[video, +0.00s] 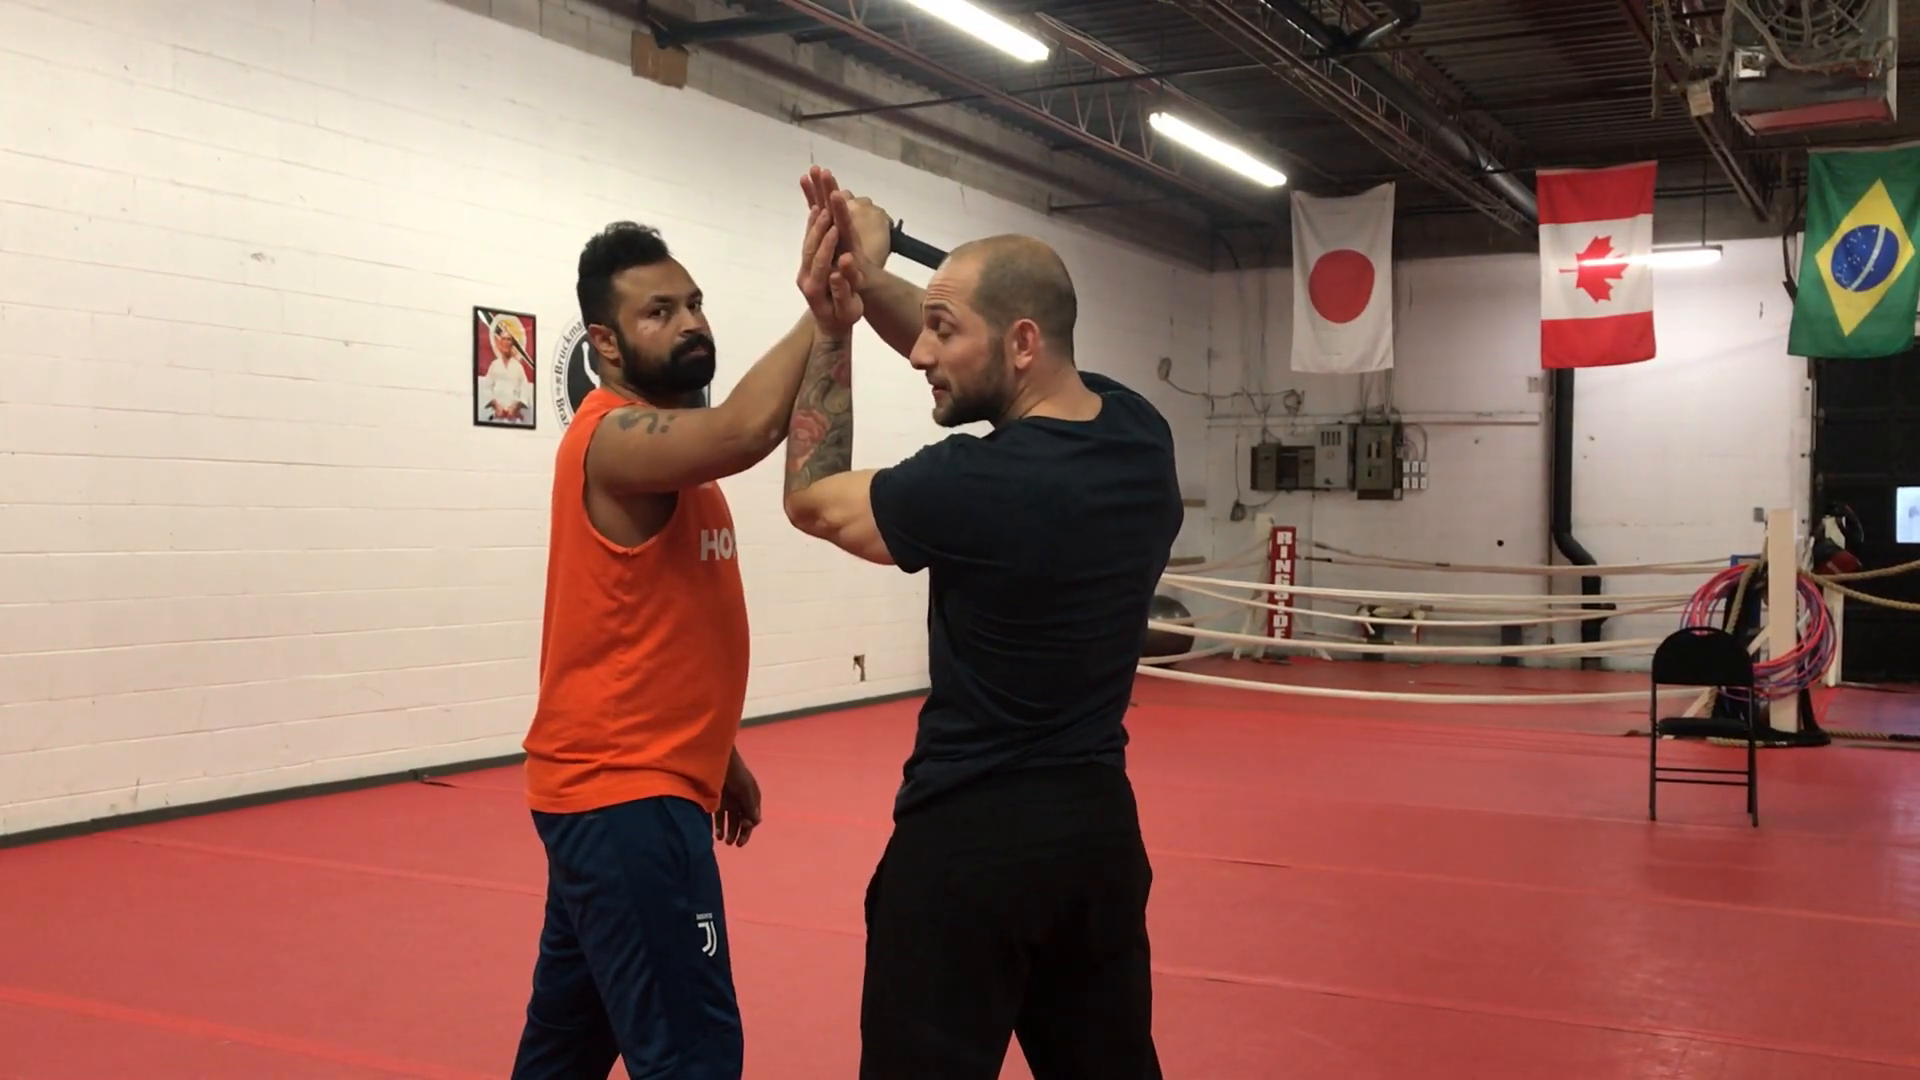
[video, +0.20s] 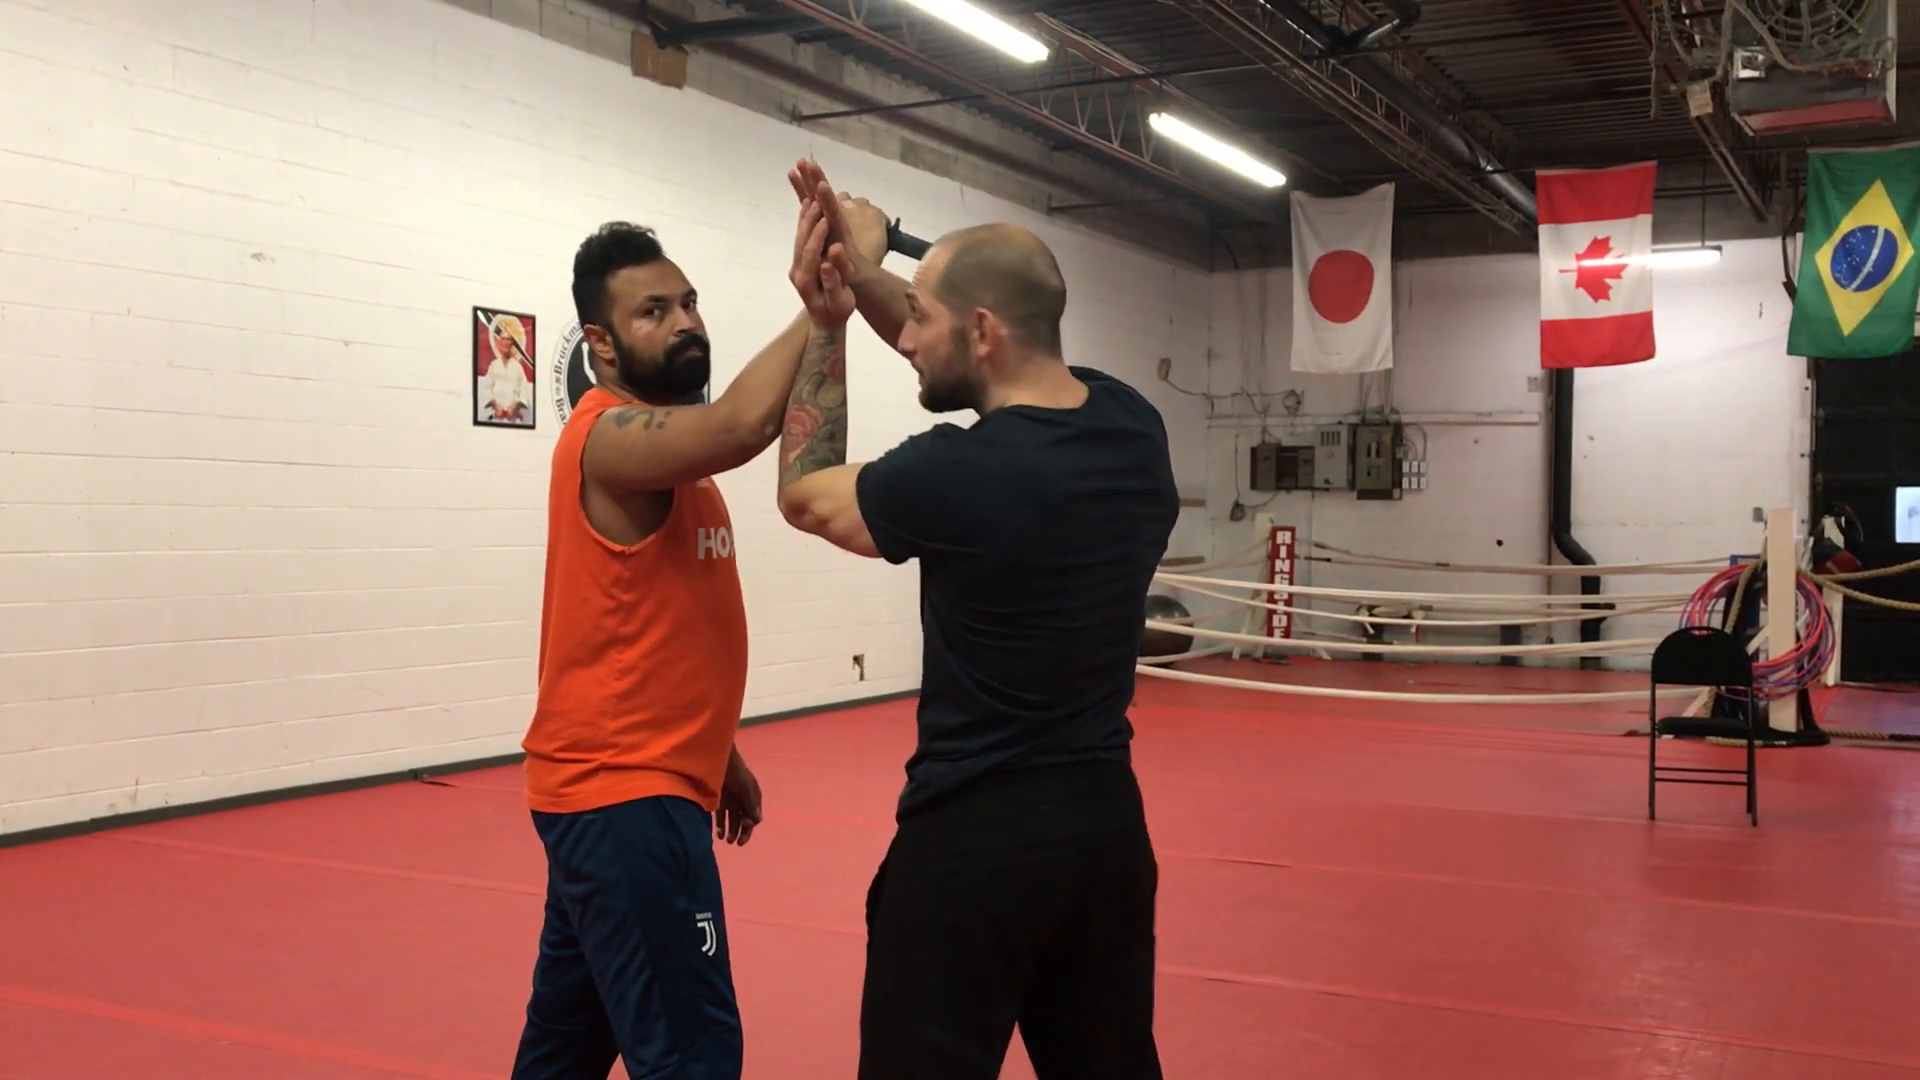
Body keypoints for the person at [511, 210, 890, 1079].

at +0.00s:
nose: (692, 323)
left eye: (695, 302)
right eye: (661, 312)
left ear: (703, 307)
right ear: (606, 343)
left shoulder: (654, 436)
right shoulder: (616, 434)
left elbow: (650, 625)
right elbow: (741, 431)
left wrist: (716, 753)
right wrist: (823, 313)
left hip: (635, 787)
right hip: (622, 792)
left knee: (566, 1050)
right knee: (696, 1055)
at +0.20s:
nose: (686, 323)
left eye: (689, 302)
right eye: (654, 311)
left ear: (699, 306)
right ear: (601, 340)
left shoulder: (654, 435)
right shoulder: (611, 433)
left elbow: (649, 624)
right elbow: (738, 426)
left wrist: (714, 747)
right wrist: (817, 310)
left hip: (634, 787)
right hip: (620, 793)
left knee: (565, 1050)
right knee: (695, 1055)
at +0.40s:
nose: (674, 323)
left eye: (677, 303)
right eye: (642, 311)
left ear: (685, 306)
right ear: (589, 339)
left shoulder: (641, 435)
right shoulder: (604, 430)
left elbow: (642, 626)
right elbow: (734, 418)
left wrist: (719, 752)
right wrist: (830, 321)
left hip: (635, 789)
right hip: (619, 794)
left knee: (567, 1048)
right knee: (694, 1054)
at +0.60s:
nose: (671, 316)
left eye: (671, 298)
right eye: (641, 306)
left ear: (679, 303)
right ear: (584, 340)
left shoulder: (626, 429)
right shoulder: (611, 433)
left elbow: (628, 623)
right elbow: (764, 437)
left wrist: (708, 750)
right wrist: (895, 385)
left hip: (615, 786)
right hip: (623, 791)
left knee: (576, 1046)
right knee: (691, 1053)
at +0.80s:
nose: (685, 315)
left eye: (678, 297)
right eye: (655, 303)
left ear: (600, 345)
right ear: (594, 337)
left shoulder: (582, 433)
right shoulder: (629, 444)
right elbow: (788, 484)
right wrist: (935, 457)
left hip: (589, 785)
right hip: (636, 791)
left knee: (572, 1040)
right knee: (690, 1052)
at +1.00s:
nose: (690, 318)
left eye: (682, 299)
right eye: (661, 306)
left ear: (598, 345)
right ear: (598, 339)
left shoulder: (576, 437)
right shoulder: (621, 442)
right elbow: (724, 571)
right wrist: (843, 532)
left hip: (587, 787)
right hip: (639, 793)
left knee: (573, 1040)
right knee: (697, 1050)